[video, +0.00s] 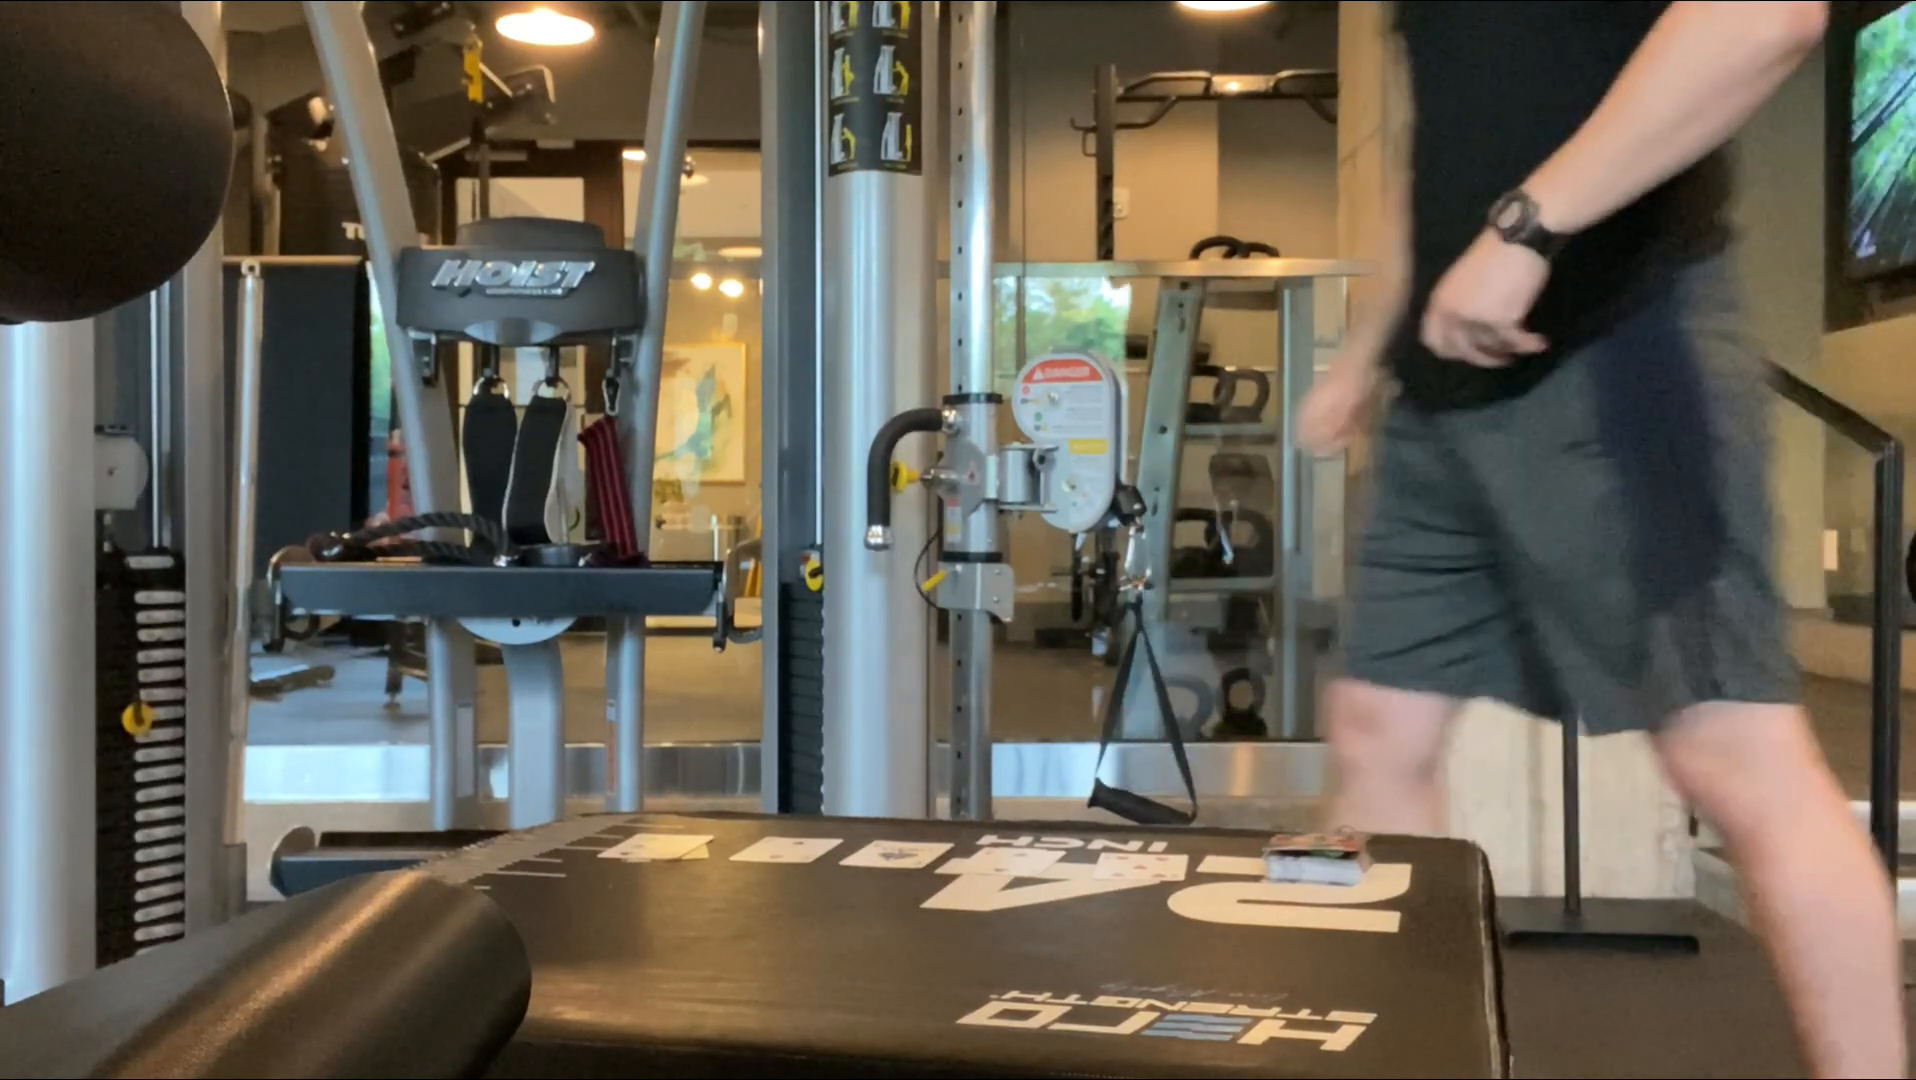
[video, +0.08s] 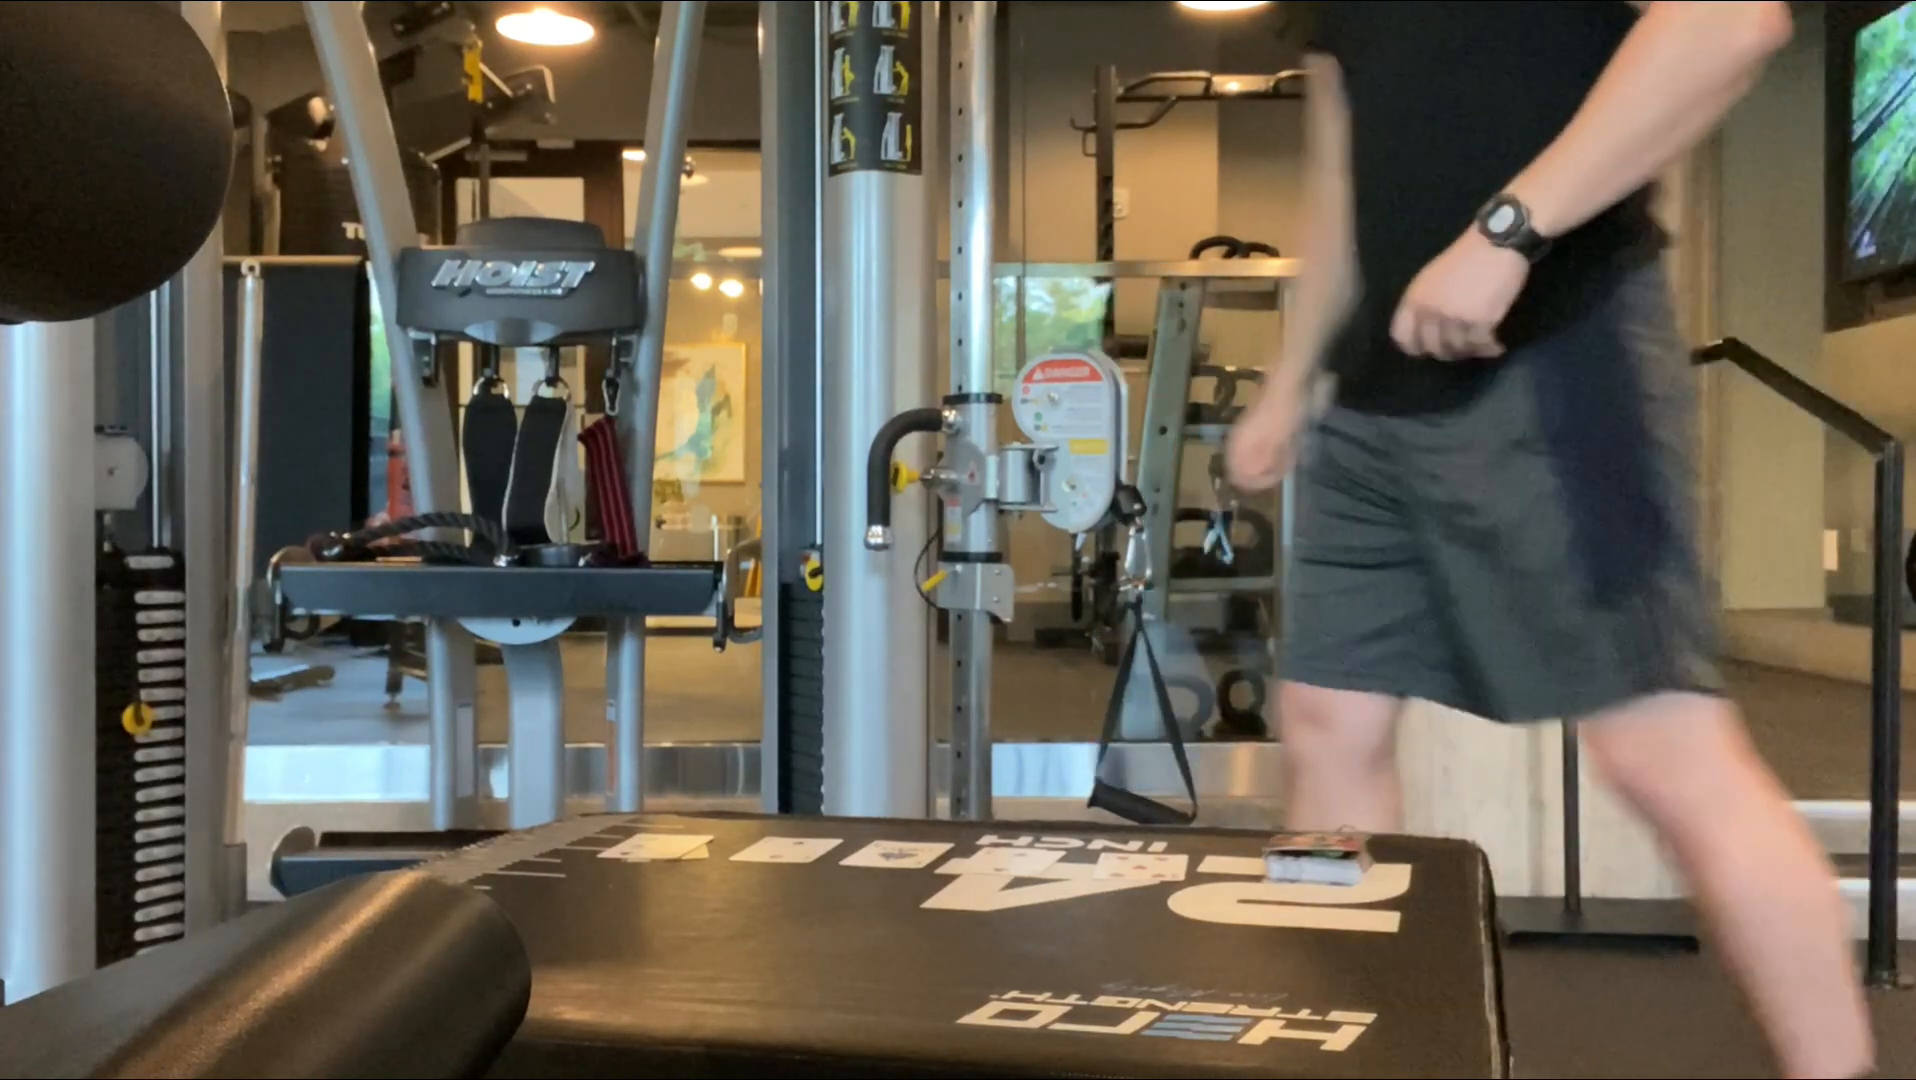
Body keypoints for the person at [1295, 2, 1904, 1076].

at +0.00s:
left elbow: (1769, 15)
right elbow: (1442, 115)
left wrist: (1527, 224)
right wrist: (1369, 339)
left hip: (1625, 332)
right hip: (1449, 357)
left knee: (1744, 760)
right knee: (1377, 733)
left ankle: (1865, 1068)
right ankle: (1393, 1070)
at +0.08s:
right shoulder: (1339, 22)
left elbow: (1733, 15)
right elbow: (1340, 162)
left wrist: (1508, 228)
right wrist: (1291, 375)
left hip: (1557, 346)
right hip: (1374, 370)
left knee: (1665, 749)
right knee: (1329, 728)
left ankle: (1834, 1063)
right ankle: (1343, 1060)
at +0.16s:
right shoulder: (1278, 15)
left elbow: (1689, 16)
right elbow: (1262, 173)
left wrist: (1493, 222)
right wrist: (1217, 376)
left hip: (1494, 340)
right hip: (1329, 367)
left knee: (1556, 734)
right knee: (1304, 725)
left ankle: (1785, 1060)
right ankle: (1324, 1052)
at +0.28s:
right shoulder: (1199, 12)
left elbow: (1661, 11)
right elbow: (1190, 174)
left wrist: (1474, 211)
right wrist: (1148, 382)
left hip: (1464, 312)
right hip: (1296, 334)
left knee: (1463, 723)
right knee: (1291, 731)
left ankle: (1707, 1052)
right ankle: (1327, 1054)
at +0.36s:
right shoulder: (1147, 11)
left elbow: (1636, 7)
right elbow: (1128, 186)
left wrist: (1465, 204)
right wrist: (1080, 379)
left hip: (1426, 315)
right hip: (1256, 347)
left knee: (1397, 706)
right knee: (1280, 732)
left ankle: (1582, 1038)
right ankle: (1333, 1042)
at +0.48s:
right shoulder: (1091, 11)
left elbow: (1598, 10)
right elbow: (1059, 181)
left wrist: (1451, 207)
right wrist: (995, 389)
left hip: (1377, 357)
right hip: (1201, 382)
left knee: (1332, 720)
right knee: (1247, 739)